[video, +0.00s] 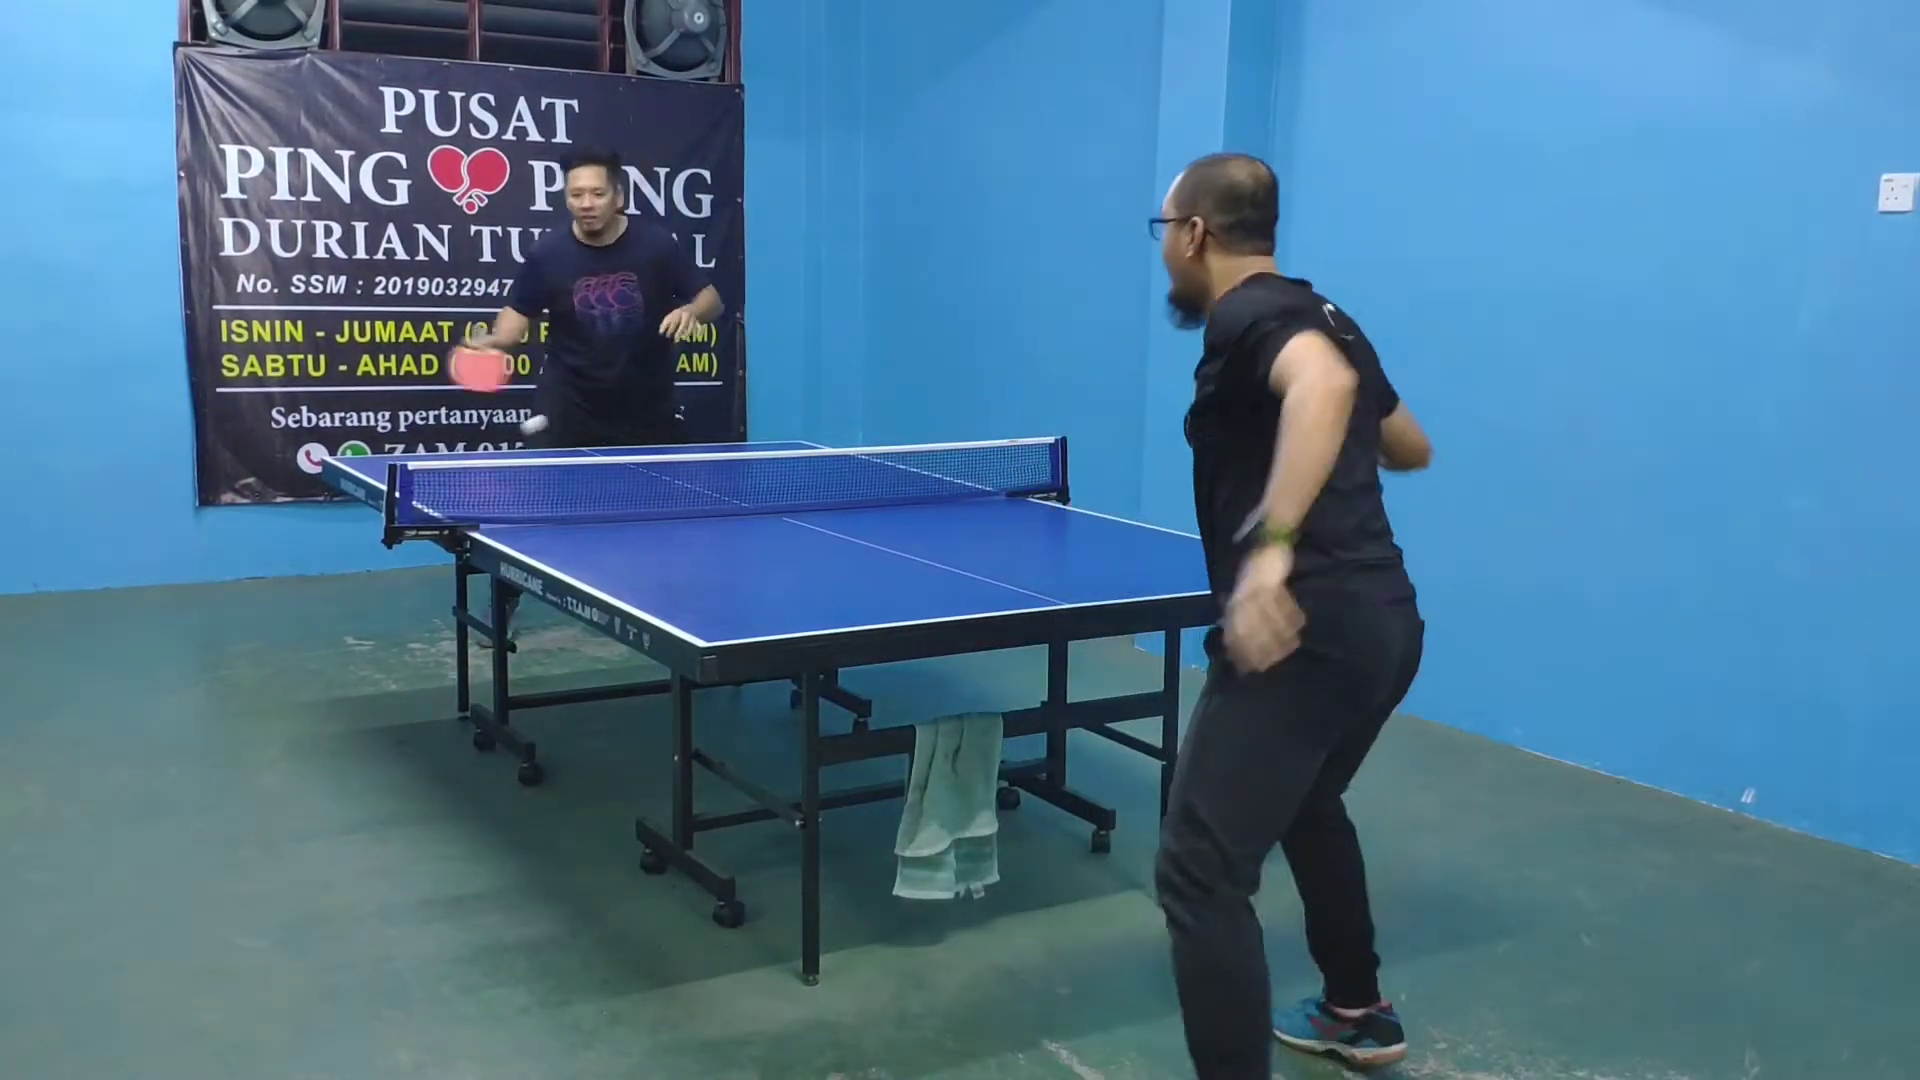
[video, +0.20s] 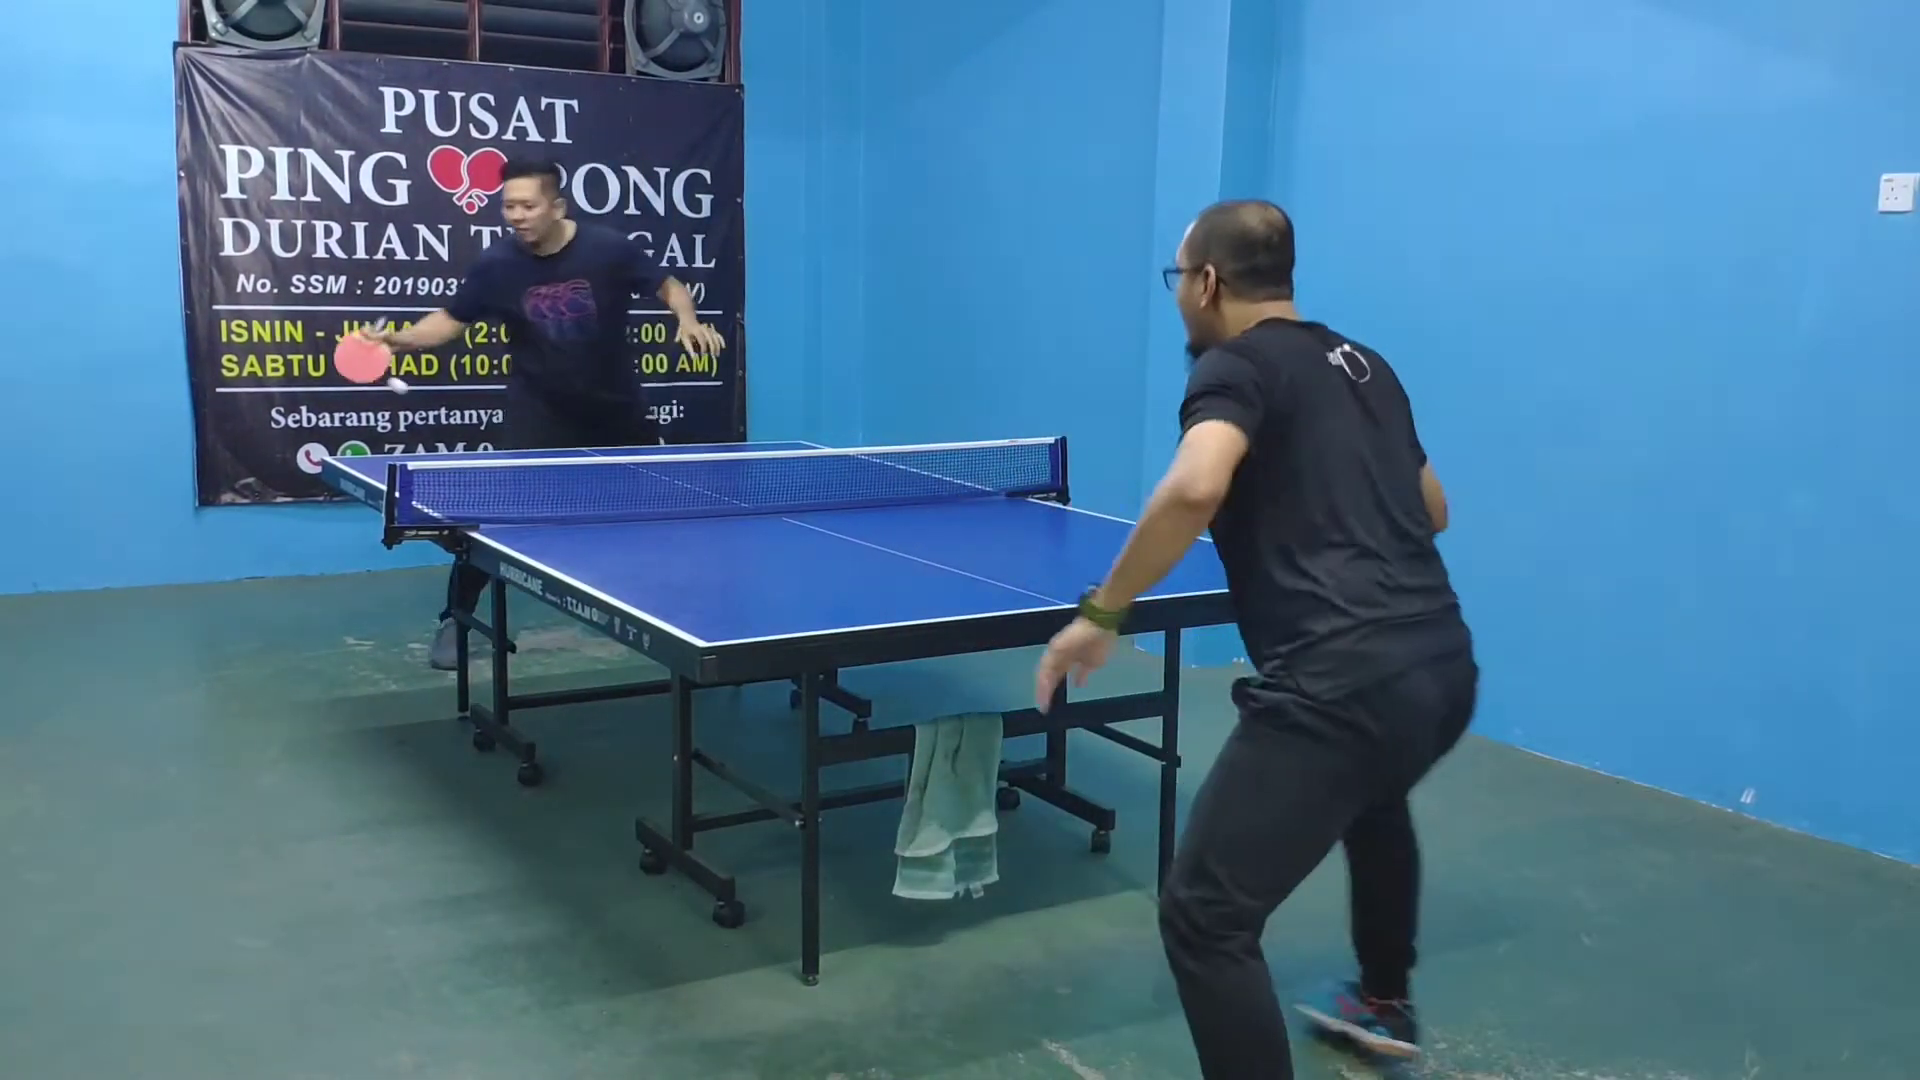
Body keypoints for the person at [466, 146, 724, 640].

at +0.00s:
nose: (585, 204)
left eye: (595, 194)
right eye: (576, 195)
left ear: (618, 196)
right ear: (567, 200)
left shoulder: (655, 244)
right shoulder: (549, 254)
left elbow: (711, 297)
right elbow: (517, 313)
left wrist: (692, 311)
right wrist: (497, 341)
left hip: (648, 409)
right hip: (574, 411)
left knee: (660, 510)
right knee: (540, 505)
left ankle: (664, 609)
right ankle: (502, 605)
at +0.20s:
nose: (514, 216)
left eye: (526, 205)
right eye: (508, 206)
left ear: (558, 204)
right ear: (502, 208)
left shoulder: (607, 248)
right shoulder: (497, 269)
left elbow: (669, 286)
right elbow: (448, 322)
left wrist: (688, 320)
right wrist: (397, 339)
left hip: (616, 413)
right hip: (537, 417)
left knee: (667, 509)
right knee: (497, 514)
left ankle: (689, 623)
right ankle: (455, 620)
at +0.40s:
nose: (472, 221)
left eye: (482, 209)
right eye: (463, 211)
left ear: (511, 208)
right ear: (456, 213)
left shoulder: (558, 243)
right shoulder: (457, 278)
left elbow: (612, 273)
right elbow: (432, 344)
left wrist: (648, 308)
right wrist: (420, 373)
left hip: (584, 404)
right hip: (506, 412)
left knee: (645, 495)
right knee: (477, 509)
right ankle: (451, 621)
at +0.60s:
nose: (493, 202)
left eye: (501, 192)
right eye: (480, 194)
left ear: (517, 197)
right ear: (463, 204)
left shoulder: (553, 234)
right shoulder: (455, 269)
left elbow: (602, 267)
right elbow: (445, 338)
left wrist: (636, 291)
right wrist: (468, 350)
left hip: (574, 398)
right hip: (501, 408)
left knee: (628, 493)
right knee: (478, 508)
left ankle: (667, 610)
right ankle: (451, 621)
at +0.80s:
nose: (541, 195)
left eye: (548, 186)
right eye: (528, 187)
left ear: (559, 193)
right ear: (507, 197)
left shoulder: (589, 252)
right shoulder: (485, 268)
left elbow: (636, 292)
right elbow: (459, 336)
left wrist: (661, 309)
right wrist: (480, 357)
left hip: (592, 417)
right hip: (520, 423)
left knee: (625, 514)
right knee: (489, 518)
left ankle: (665, 623)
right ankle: (454, 623)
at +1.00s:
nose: (568, 182)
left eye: (574, 173)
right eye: (556, 174)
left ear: (583, 180)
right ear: (533, 184)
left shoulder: (612, 239)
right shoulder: (509, 247)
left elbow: (656, 283)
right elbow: (484, 316)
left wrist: (677, 310)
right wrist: (494, 340)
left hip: (600, 399)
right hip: (528, 404)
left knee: (636, 498)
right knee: (476, 494)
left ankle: (659, 609)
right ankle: (449, 601)